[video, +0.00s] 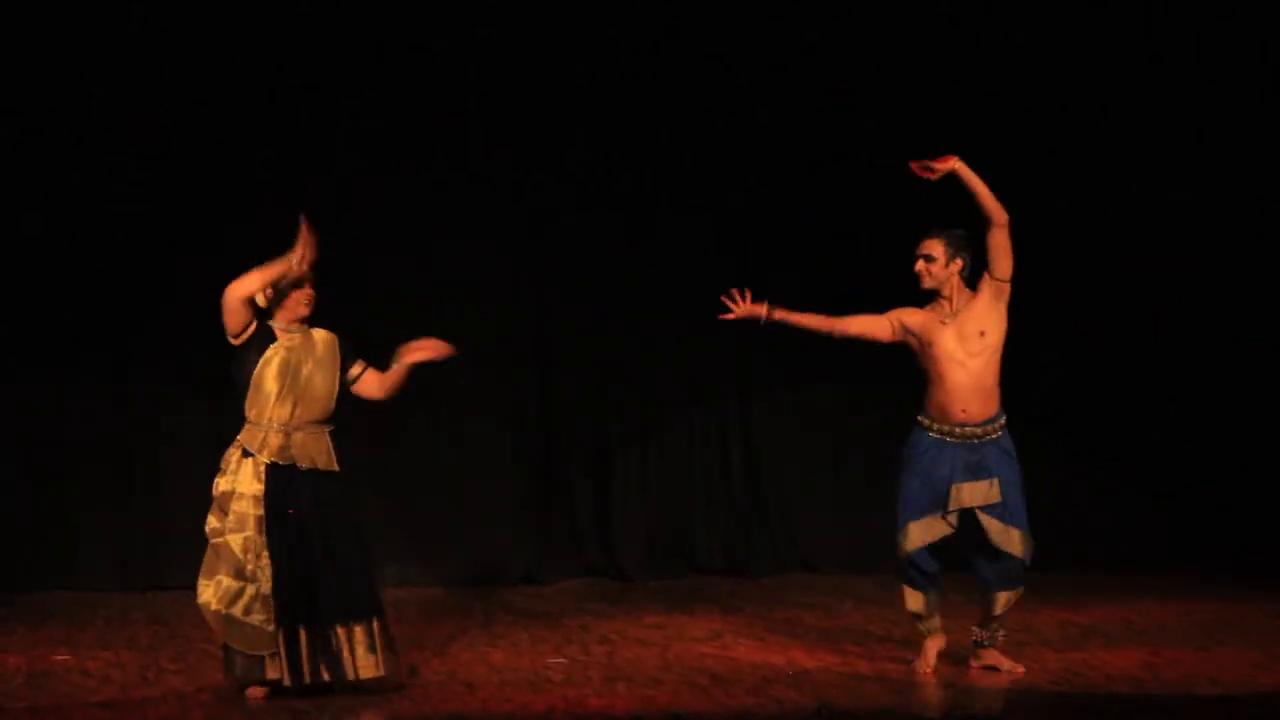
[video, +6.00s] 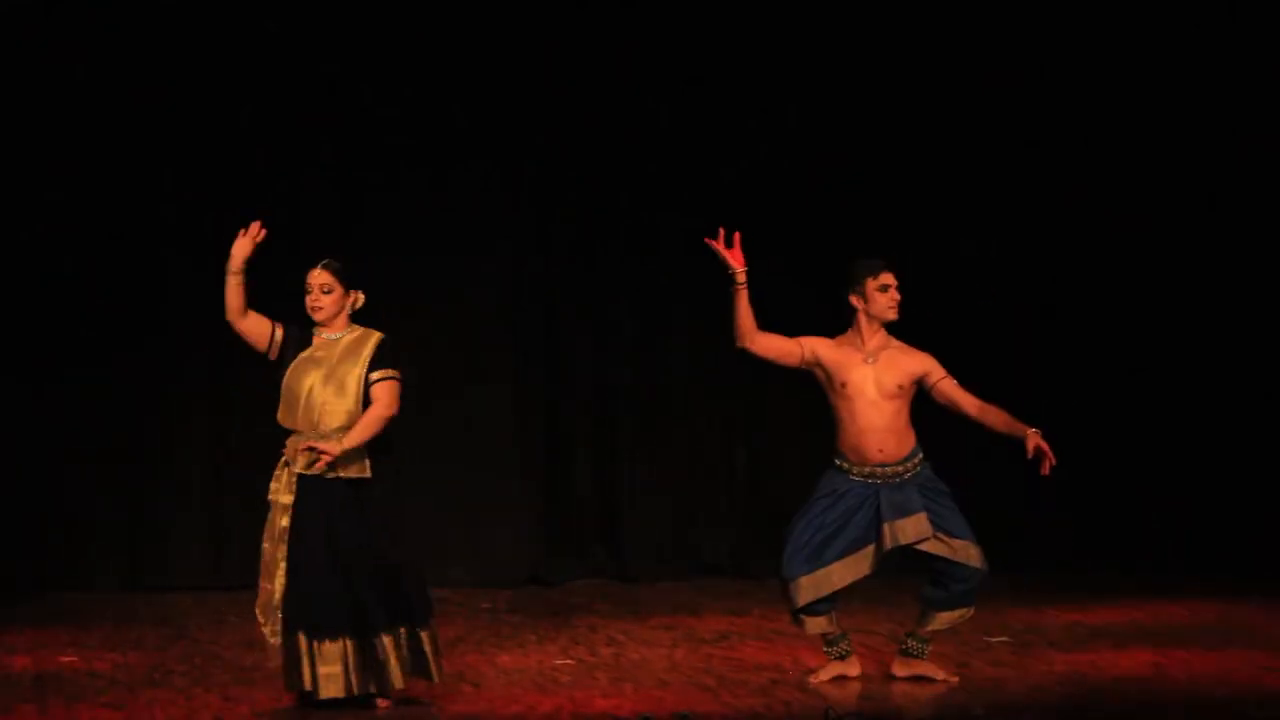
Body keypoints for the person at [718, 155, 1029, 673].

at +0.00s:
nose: (918, 268)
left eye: (929, 259)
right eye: (918, 260)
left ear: (958, 265)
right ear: (927, 268)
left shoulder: (993, 300)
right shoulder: (913, 322)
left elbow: (1000, 222)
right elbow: (838, 324)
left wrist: (960, 168)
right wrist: (769, 313)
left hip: (991, 442)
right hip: (933, 443)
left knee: (1009, 550)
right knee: (915, 546)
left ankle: (987, 646)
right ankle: (930, 639)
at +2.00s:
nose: (973, 285)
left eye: (980, 277)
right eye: (963, 277)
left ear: (988, 282)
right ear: (946, 283)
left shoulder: (1010, 337)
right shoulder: (930, 335)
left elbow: (1074, 380)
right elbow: (862, 361)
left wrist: (1037, 431)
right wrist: (924, 363)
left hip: (1004, 457)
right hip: (945, 456)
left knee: (1057, 546)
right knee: (906, 539)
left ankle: (1005, 643)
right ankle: (923, 652)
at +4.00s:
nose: (968, 281)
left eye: (973, 273)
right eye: (957, 273)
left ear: (978, 279)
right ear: (935, 280)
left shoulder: (994, 339)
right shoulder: (916, 334)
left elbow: (1058, 381)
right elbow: (857, 334)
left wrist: (1019, 430)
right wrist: (920, 332)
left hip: (988, 457)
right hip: (933, 463)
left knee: (1031, 547)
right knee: (960, 569)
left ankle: (1005, 651)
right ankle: (994, 649)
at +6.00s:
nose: (896, 296)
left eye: (896, 289)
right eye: (885, 290)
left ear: (894, 299)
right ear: (857, 300)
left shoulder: (915, 361)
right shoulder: (823, 352)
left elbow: (974, 407)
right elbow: (749, 339)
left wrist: (1024, 432)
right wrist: (739, 279)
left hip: (912, 479)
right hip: (849, 481)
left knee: (964, 564)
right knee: (800, 564)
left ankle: (913, 656)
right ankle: (841, 658)